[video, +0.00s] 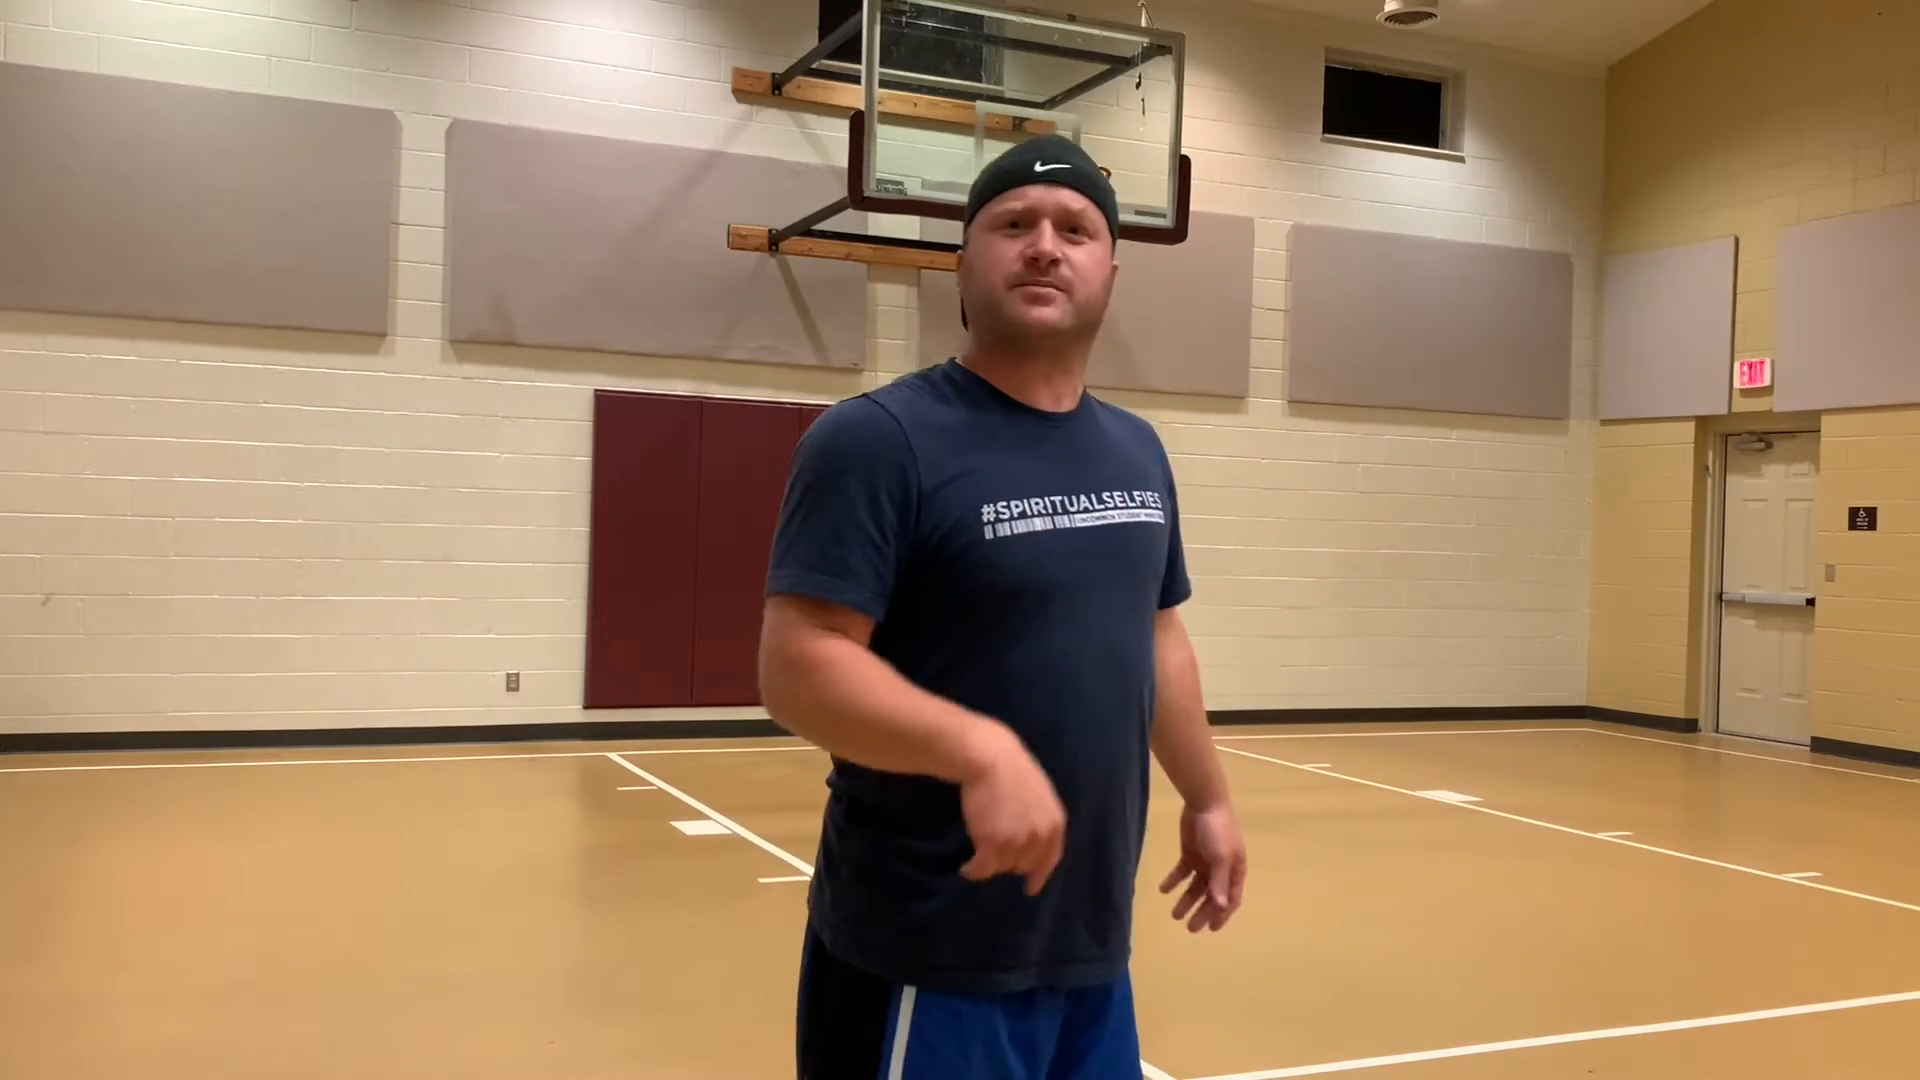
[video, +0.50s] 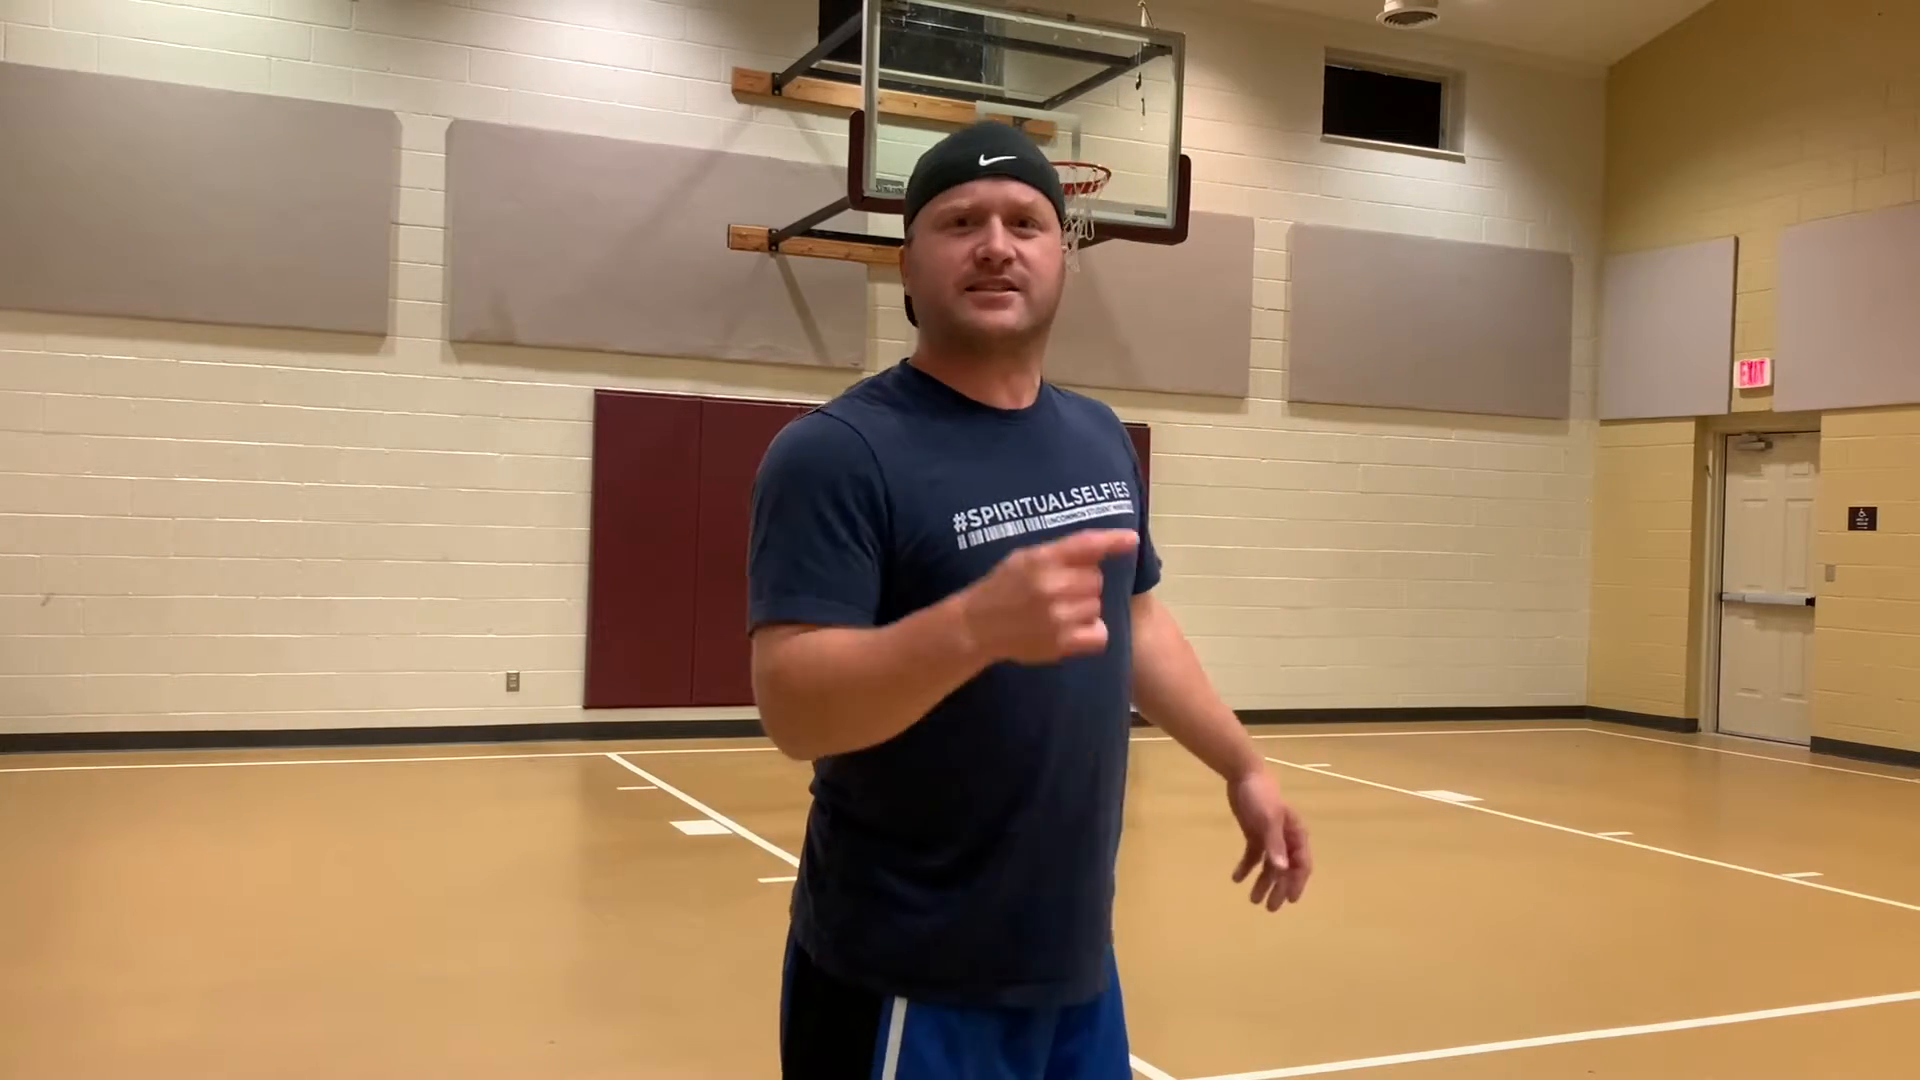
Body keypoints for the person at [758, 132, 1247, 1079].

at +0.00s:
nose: (1044, 247)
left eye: (1074, 229)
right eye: (1014, 224)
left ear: (1112, 273)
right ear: (962, 263)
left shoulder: (1135, 450)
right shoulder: (875, 440)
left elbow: (1155, 631)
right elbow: (797, 663)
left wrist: (1207, 794)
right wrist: (981, 750)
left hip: (1089, 947)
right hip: (918, 958)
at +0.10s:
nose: (1028, 249)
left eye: (1058, 228)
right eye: (996, 225)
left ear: (1095, 267)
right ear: (943, 263)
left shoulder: (1124, 446)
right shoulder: (861, 442)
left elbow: (1146, 627)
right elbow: (780, 667)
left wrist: (1203, 791)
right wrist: (958, 774)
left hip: (1085, 953)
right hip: (913, 965)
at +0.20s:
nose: (1017, 245)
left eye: (1046, 223)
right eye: (982, 222)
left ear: (1084, 263)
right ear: (932, 261)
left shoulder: (1117, 444)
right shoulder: (850, 447)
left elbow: (1139, 623)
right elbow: (775, 676)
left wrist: (1214, 788)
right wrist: (958, 774)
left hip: (1081, 963)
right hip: (905, 971)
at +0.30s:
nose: (1009, 234)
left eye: (1038, 216)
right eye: (973, 215)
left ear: (1075, 263)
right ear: (921, 264)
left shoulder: (1108, 442)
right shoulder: (842, 450)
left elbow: (1140, 621)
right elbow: (781, 688)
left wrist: (1229, 780)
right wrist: (969, 737)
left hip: (1074, 960)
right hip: (901, 975)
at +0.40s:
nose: (1002, 236)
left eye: (1030, 215)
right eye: (966, 215)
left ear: (1068, 260)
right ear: (911, 263)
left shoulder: (1101, 440)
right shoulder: (837, 453)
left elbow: (1140, 621)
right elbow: (791, 702)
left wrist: (1239, 767)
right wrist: (977, 682)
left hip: (1073, 958)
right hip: (901, 976)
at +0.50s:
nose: (995, 247)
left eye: (1025, 223)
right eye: (960, 223)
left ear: (1065, 260)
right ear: (907, 263)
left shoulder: (1097, 437)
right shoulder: (835, 455)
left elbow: (1134, 618)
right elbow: (797, 710)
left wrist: (1242, 763)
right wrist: (974, 626)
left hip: (1072, 954)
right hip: (901, 973)